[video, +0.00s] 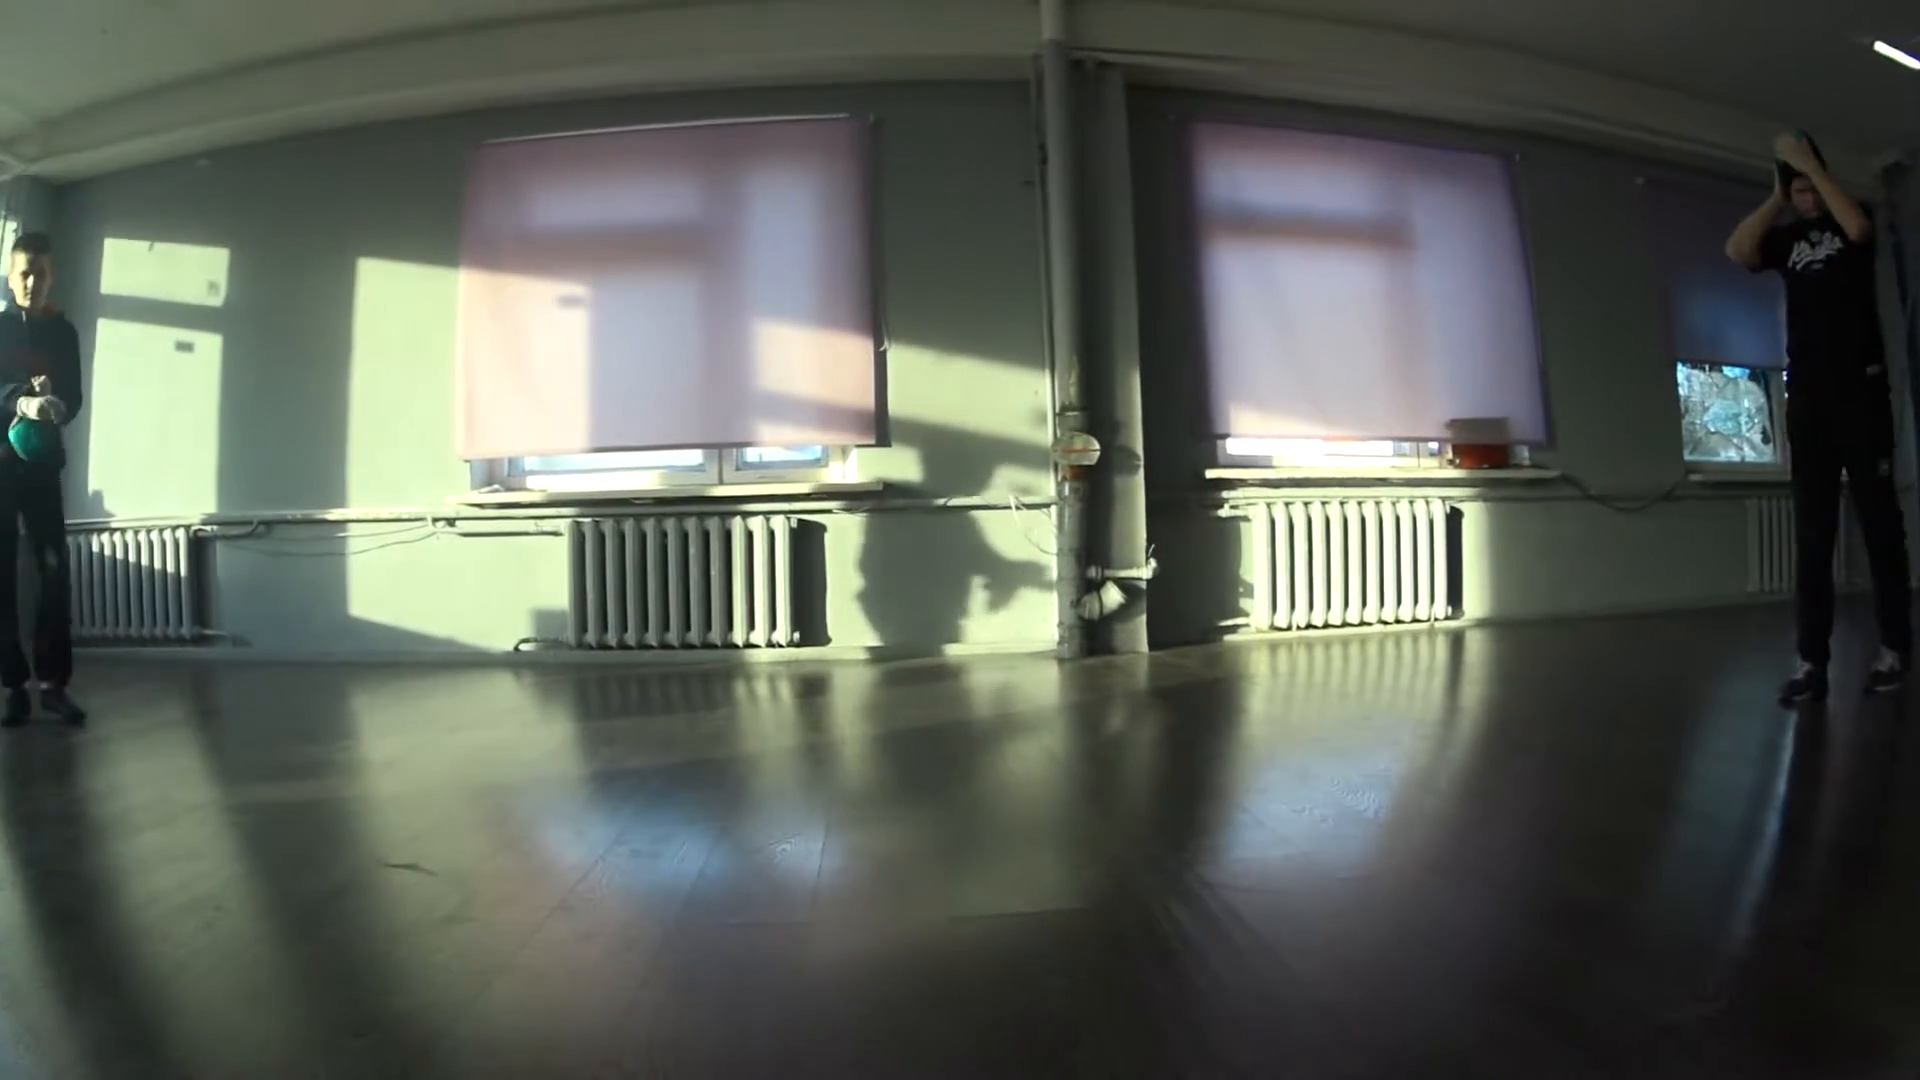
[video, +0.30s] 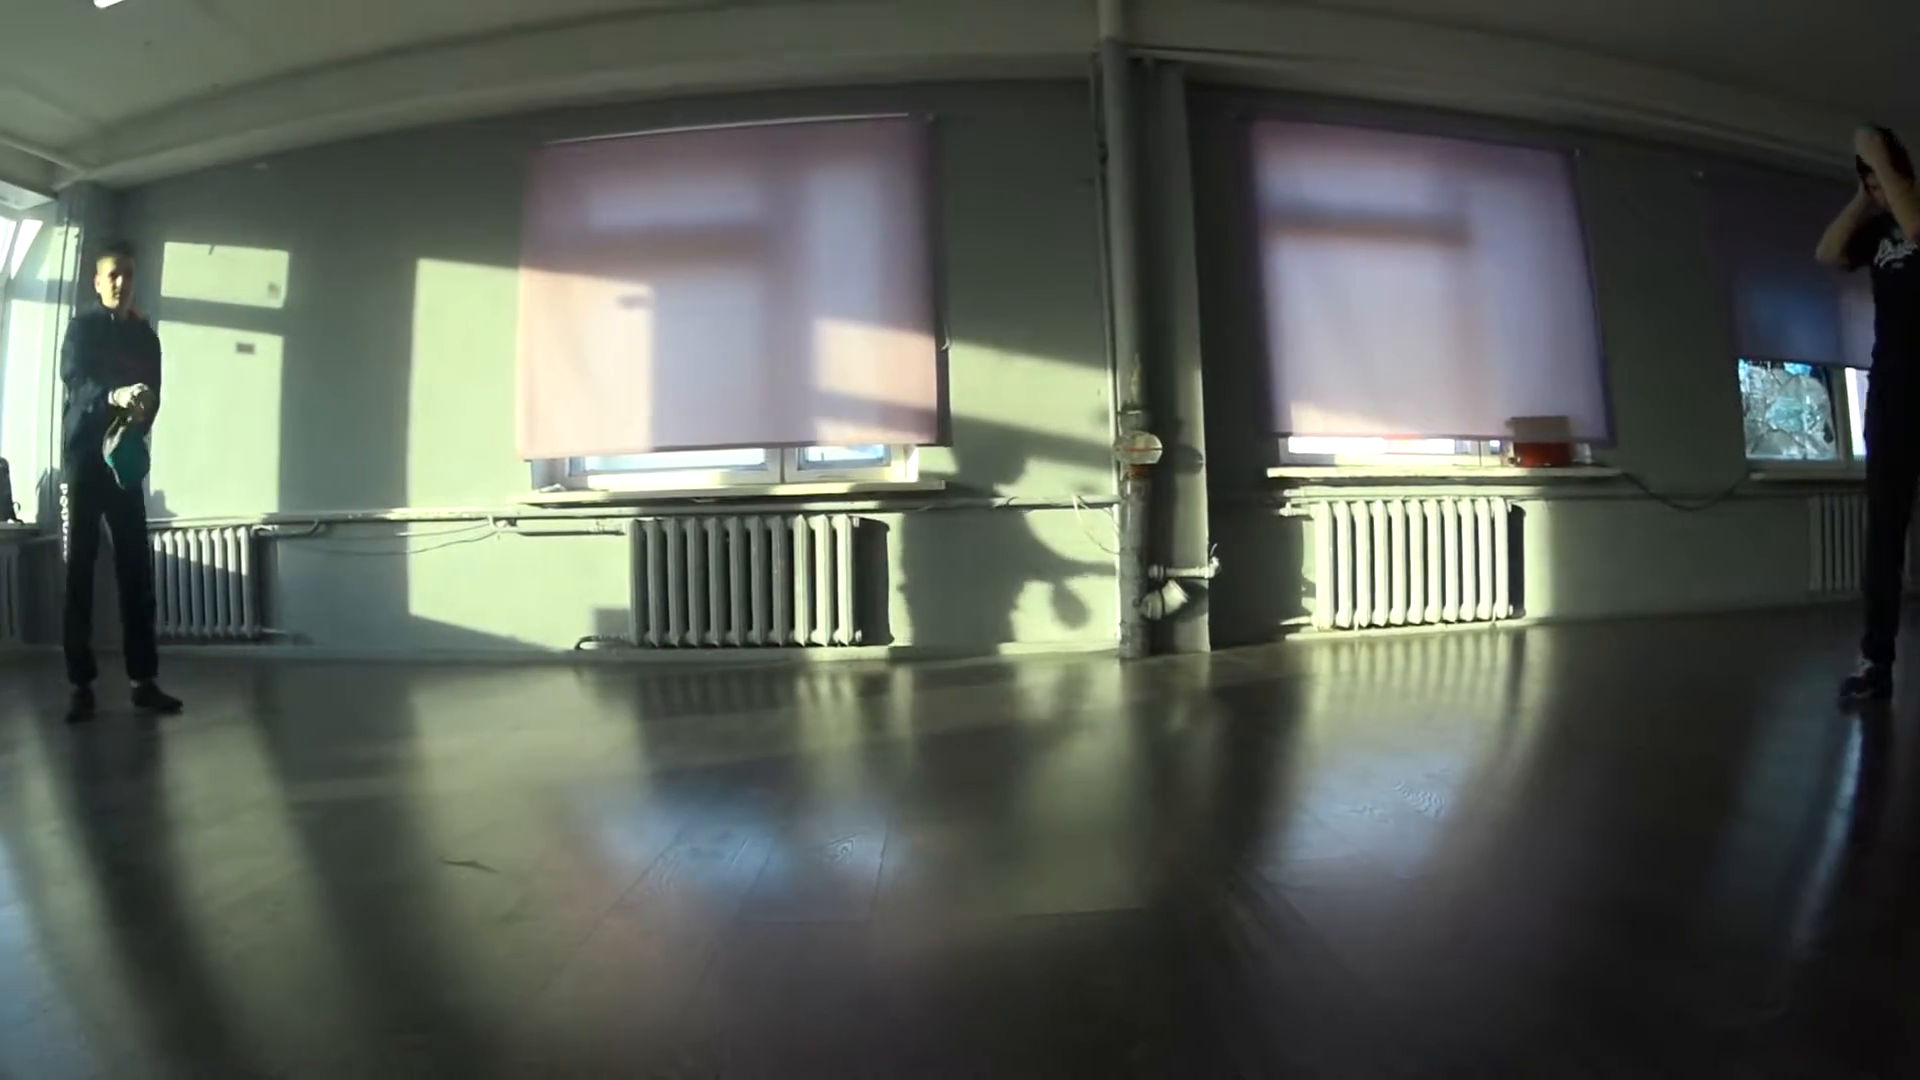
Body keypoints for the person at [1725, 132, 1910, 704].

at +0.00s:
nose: (1804, 192)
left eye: (1811, 182)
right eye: (1794, 183)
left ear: (1828, 184)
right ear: (1784, 193)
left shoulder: (1856, 222)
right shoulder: (1788, 240)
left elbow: (1857, 227)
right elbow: (1739, 251)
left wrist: (1815, 169)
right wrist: (1774, 199)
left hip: (1864, 393)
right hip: (1809, 397)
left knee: (1880, 524)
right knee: (1813, 533)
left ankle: (1895, 650)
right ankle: (1812, 663)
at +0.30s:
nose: (1872, 185)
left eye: (1880, 173)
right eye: (1866, 176)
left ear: (1904, 173)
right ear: (1867, 183)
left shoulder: (1913, 229)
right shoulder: (1878, 236)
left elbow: (1908, 226)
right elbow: (1829, 254)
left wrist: (1884, 165)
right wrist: (1864, 198)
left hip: (1916, 400)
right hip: (1892, 400)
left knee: (1903, 532)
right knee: (1885, 531)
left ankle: (1884, 661)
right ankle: (1878, 663)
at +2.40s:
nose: (1769, 194)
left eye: (1773, 183)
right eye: (1765, 187)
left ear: (1790, 177)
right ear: (1793, 179)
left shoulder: (1842, 213)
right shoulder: (1787, 239)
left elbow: (1803, 221)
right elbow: (1742, 266)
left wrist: (1774, 170)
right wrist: (1769, 203)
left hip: (1851, 379)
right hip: (1812, 384)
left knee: (1845, 513)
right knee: (1832, 517)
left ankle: (1909, 628)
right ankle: (1860, 654)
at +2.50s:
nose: (1776, 185)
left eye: (1782, 175)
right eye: (1772, 178)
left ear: (1805, 172)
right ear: (1780, 181)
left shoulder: (1845, 216)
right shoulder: (1786, 237)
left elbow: (1809, 211)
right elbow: (1738, 259)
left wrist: (1779, 161)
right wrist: (1767, 199)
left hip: (1852, 383)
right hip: (1811, 387)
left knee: (1855, 516)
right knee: (1829, 519)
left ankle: (1888, 650)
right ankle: (1855, 652)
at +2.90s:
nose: (1810, 169)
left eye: (1817, 158)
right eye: (1799, 163)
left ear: (1836, 161)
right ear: (1789, 175)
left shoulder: (1869, 212)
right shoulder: (1796, 225)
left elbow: (1861, 188)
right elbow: (1744, 250)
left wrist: (1820, 128)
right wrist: (1776, 186)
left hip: (1870, 380)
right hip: (1815, 383)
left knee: (1872, 514)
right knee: (1824, 517)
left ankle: (1881, 656)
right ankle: (1848, 652)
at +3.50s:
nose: (1813, 159)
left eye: (1819, 147)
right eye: (1804, 152)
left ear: (1840, 148)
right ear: (1798, 161)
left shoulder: (1875, 203)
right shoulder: (1802, 215)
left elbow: (1875, 191)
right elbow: (1742, 231)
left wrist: (1834, 124)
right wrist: (1763, 161)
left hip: (1874, 380)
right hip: (1817, 383)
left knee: (1882, 519)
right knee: (1803, 517)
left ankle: (1878, 660)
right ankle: (1833, 649)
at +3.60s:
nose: (1809, 159)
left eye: (1816, 148)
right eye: (1799, 151)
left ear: (1838, 148)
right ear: (1793, 160)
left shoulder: (1871, 203)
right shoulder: (1801, 216)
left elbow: (1862, 190)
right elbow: (1742, 233)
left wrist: (1828, 123)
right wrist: (1761, 165)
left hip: (1869, 378)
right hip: (1814, 380)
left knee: (1876, 517)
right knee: (1796, 515)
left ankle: (1876, 662)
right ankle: (1828, 649)